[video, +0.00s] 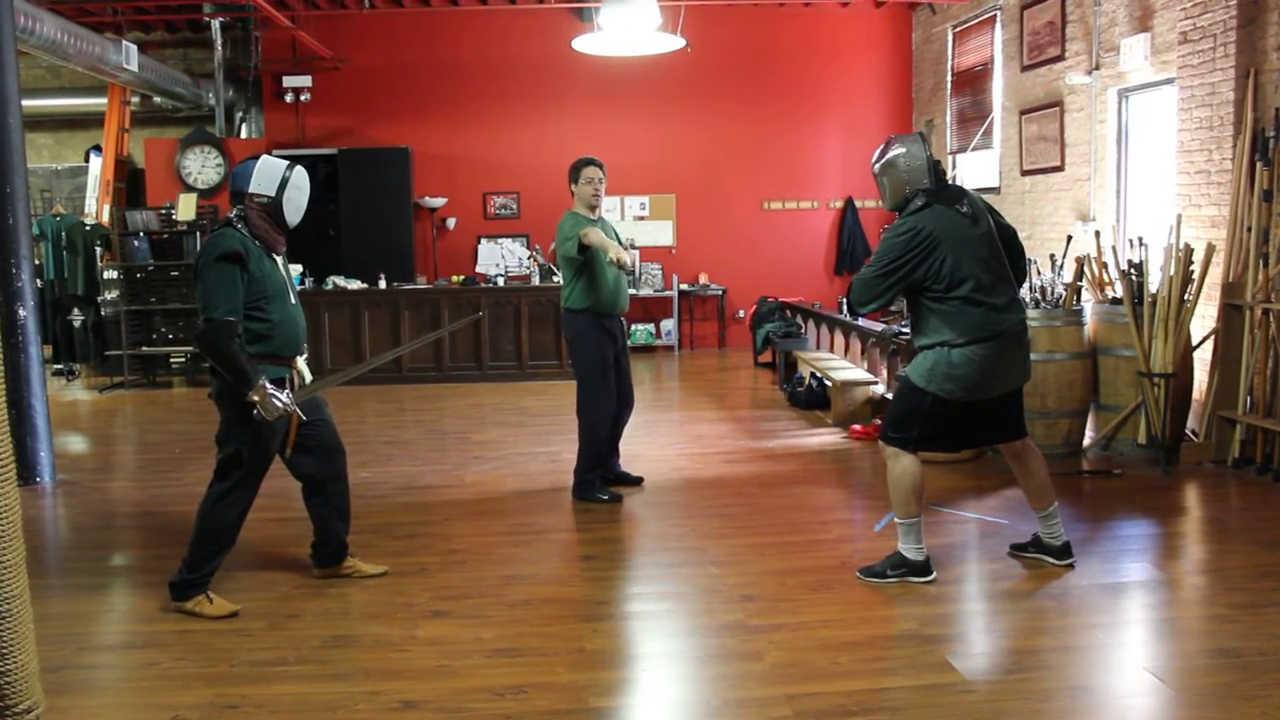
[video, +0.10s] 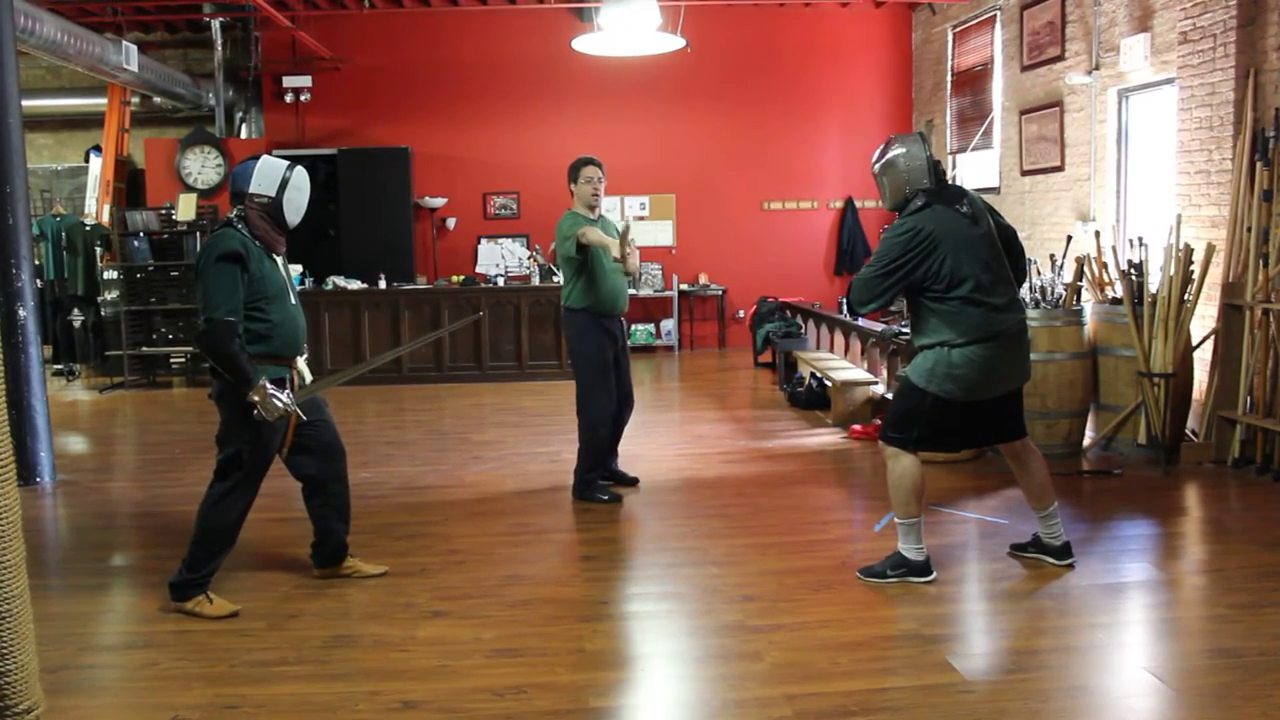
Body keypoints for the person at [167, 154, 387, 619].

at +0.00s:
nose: (295, 209)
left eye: (295, 200)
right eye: (291, 199)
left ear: (259, 194)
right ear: (269, 195)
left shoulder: (264, 243)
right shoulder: (229, 246)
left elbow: (272, 309)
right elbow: (217, 332)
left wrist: (293, 356)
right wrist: (255, 388)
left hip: (286, 376)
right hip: (251, 380)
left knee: (326, 459)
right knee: (235, 483)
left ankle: (332, 555)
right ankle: (190, 587)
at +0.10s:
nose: (296, 209)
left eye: (296, 200)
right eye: (292, 199)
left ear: (260, 194)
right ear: (270, 195)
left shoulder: (264, 243)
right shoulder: (229, 246)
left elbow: (271, 309)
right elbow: (217, 331)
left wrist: (293, 356)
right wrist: (255, 388)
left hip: (285, 377)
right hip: (251, 381)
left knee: (326, 459)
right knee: (235, 483)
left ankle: (332, 555)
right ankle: (189, 588)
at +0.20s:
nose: (296, 210)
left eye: (296, 201)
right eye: (292, 200)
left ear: (260, 195)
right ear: (271, 195)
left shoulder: (263, 244)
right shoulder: (230, 246)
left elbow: (271, 310)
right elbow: (217, 331)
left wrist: (293, 357)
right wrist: (255, 389)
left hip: (285, 378)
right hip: (251, 382)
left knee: (326, 460)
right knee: (235, 484)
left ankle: (332, 556)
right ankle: (189, 588)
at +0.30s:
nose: (296, 210)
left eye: (296, 201)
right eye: (292, 200)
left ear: (260, 195)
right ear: (270, 196)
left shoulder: (263, 244)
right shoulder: (230, 247)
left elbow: (270, 311)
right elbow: (217, 332)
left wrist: (292, 358)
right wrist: (255, 389)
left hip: (285, 378)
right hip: (252, 381)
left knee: (326, 460)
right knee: (235, 484)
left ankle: (332, 556)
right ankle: (189, 588)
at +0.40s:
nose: (296, 210)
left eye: (296, 201)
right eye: (292, 200)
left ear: (260, 195)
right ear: (270, 196)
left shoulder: (263, 244)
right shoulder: (230, 247)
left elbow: (271, 311)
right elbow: (218, 333)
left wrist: (293, 358)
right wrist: (255, 389)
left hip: (286, 378)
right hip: (252, 381)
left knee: (326, 461)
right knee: (235, 484)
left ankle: (332, 556)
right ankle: (189, 588)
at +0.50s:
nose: (296, 210)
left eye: (295, 201)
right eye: (292, 200)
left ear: (259, 195)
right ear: (270, 196)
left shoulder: (263, 244)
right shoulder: (230, 247)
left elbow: (271, 311)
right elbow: (218, 333)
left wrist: (293, 358)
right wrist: (255, 390)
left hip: (286, 377)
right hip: (252, 381)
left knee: (326, 460)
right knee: (235, 484)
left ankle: (332, 556)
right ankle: (189, 588)